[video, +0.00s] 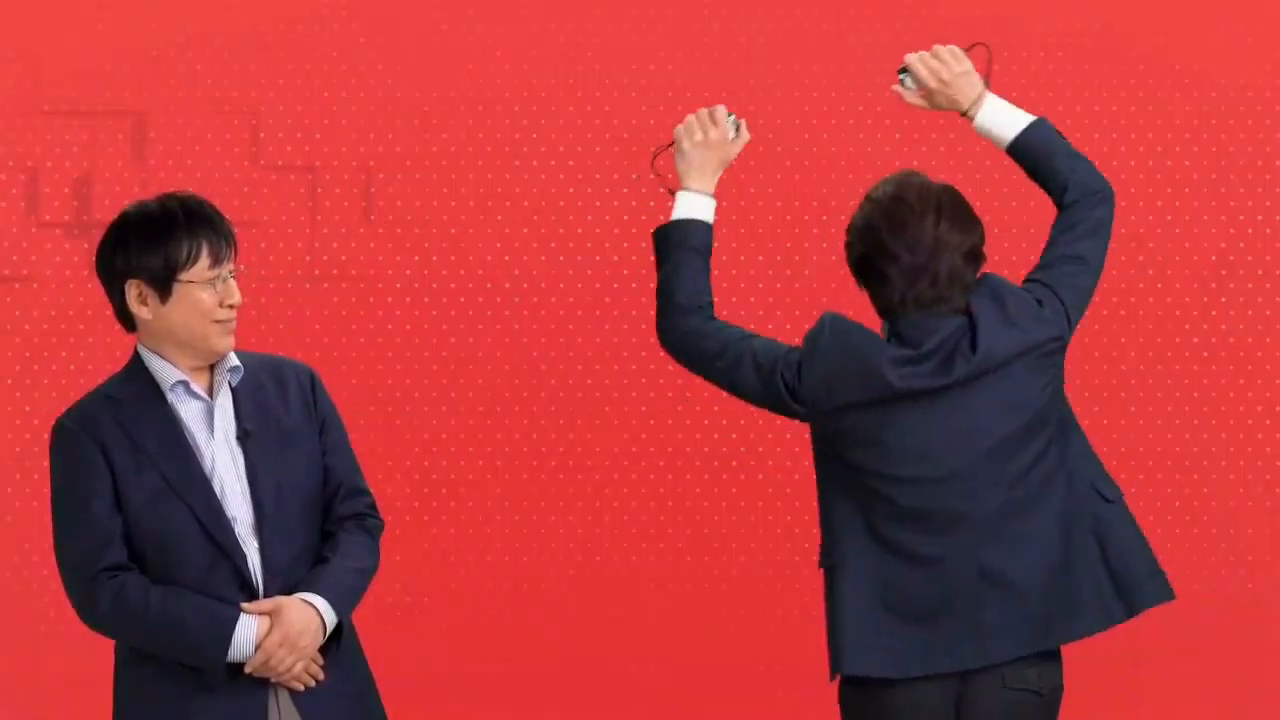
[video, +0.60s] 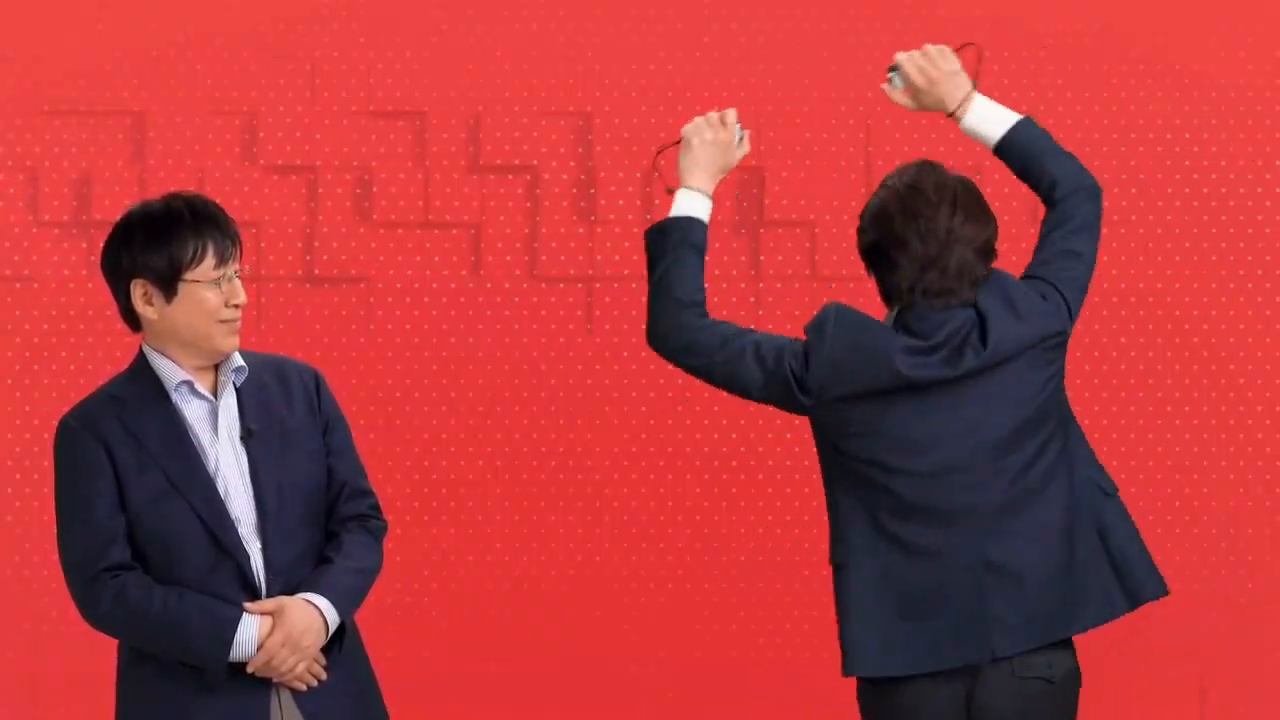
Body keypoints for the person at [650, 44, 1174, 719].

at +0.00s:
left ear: (869, 282)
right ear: (976, 264)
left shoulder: (832, 378)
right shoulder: (1030, 334)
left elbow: (685, 329)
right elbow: (1088, 196)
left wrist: (694, 189)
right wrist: (981, 104)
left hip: (892, 684)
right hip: (1019, 674)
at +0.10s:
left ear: (883, 262)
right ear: (993, 258)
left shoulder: (843, 334)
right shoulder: (1050, 340)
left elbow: (727, 245)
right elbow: (1163, 247)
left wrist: (786, 120)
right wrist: (1098, 120)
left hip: (858, 662)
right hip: (986, 666)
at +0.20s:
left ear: (901, 258)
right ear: (1014, 273)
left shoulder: (860, 324)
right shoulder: (1056, 375)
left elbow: (796, 201)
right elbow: (1209, 342)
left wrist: (901, 114)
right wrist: (1208, 197)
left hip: (821, 660)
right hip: (947, 682)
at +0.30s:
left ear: (914, 277)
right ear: (1019, 297)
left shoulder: (866, 340)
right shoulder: (1056, 404)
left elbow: (830, 217)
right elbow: (1214, 396)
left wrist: (950, 147)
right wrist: (1232, 255)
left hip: (809, 671)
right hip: (934, 692)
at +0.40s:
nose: (1015, 280)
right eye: (1013, 267)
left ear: (896, 260)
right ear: (1006, 278)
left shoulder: (851, 335)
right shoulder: (1047, 375)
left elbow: (795, 218)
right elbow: (1199, 354)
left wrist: (907, 138)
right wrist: (1199, 216)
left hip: (834, 672)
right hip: (961, 685)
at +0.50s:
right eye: (993, 243)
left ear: (882, 265)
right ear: (991, 256)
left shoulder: (835, 342)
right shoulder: (1043, 336)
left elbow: (708, 254)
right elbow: (1141, 236)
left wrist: (777, 128)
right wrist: (1076, 113)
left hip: (882, 668)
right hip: (1014, 667)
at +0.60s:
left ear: (877, 269)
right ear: (989, 252)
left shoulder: (834, 369)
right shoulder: (1034, 326)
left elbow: (676, 329)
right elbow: (1077, 193)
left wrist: (694, 188)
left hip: (906, 681)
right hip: (1035, 669)